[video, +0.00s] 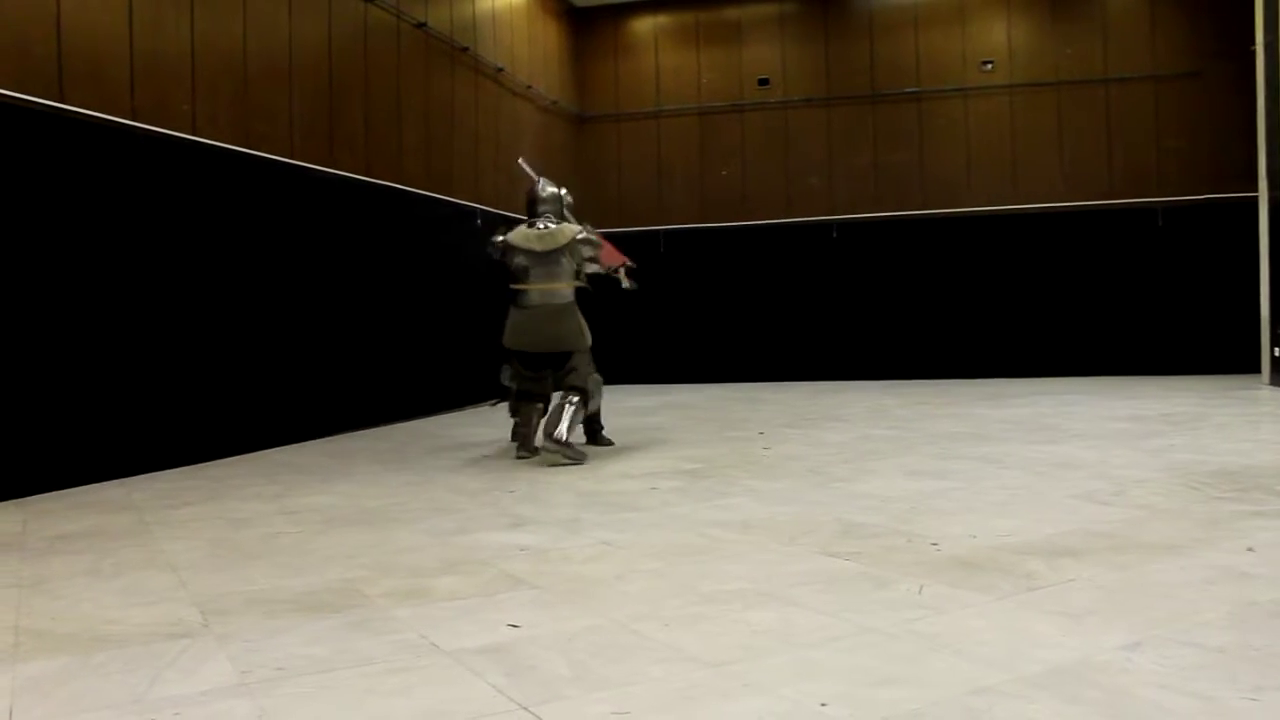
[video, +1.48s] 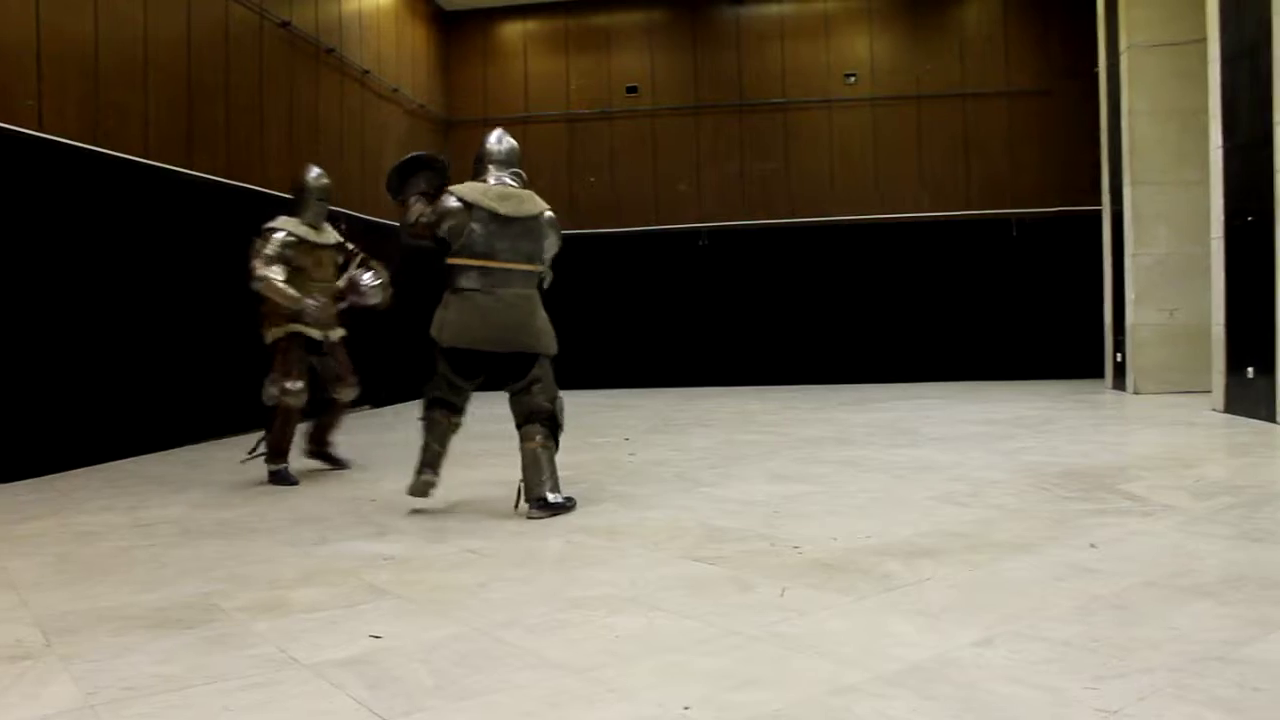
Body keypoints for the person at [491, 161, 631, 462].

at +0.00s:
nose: (566, 203)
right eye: (564, 199)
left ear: (530, 207)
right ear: (561, 207)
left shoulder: (513, 241)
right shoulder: (574, 238)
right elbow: (601, 262)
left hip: (526, 327)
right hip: (565, 328)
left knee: (529, 381)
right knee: (579, 379)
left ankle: (525, 442)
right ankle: (558, 434)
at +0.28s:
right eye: (570, 201)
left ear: (544, 199)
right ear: (571, 202)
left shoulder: (522, 229)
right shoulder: (581, 235)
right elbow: (608, 260)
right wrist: (603, 238)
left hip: (526, 318)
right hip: (567, 321)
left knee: (521, 385)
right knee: (581, 386)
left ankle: (512, 449)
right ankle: (565, 449)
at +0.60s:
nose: (527, 196)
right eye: (534, 190)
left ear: (510, 189)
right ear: (543, 191)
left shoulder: (491, 221)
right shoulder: (560, 234)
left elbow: (469, 259)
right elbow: (562, 273)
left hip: (500, 323)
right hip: (543, 324)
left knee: (507, 392)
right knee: (540, 390)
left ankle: (512, 461)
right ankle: (534, 457)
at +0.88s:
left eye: (482, 176)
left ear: (480, 177)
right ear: (516, 176)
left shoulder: (465, 218)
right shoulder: (537, 216)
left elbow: (441, 273)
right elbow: (538, 251)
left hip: (483, 325)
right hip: (531, 323)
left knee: (484, 400)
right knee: (539, 394)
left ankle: (485, 473)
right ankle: (555, 456)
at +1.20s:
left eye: (505, 182)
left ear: (499, 182)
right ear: (536, 183)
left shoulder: (481, 218)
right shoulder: (556, 229)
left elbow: (439, 241)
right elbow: (557, 266)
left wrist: (435, 207)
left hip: (490, 332)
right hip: (542, 332)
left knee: (481, 403)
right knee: (549, 410)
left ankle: (472, 479)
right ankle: (561, 489)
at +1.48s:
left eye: (482, 165)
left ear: (479, 164)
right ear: (519, 167)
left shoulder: (458, 200)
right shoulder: (542, 214)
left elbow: (416, 230)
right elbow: (547, 263)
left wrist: (417, 199)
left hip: (464, 323)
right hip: (523, 325)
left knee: (449, 388)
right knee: (535, 400)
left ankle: (428, 466)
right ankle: (542, 490)